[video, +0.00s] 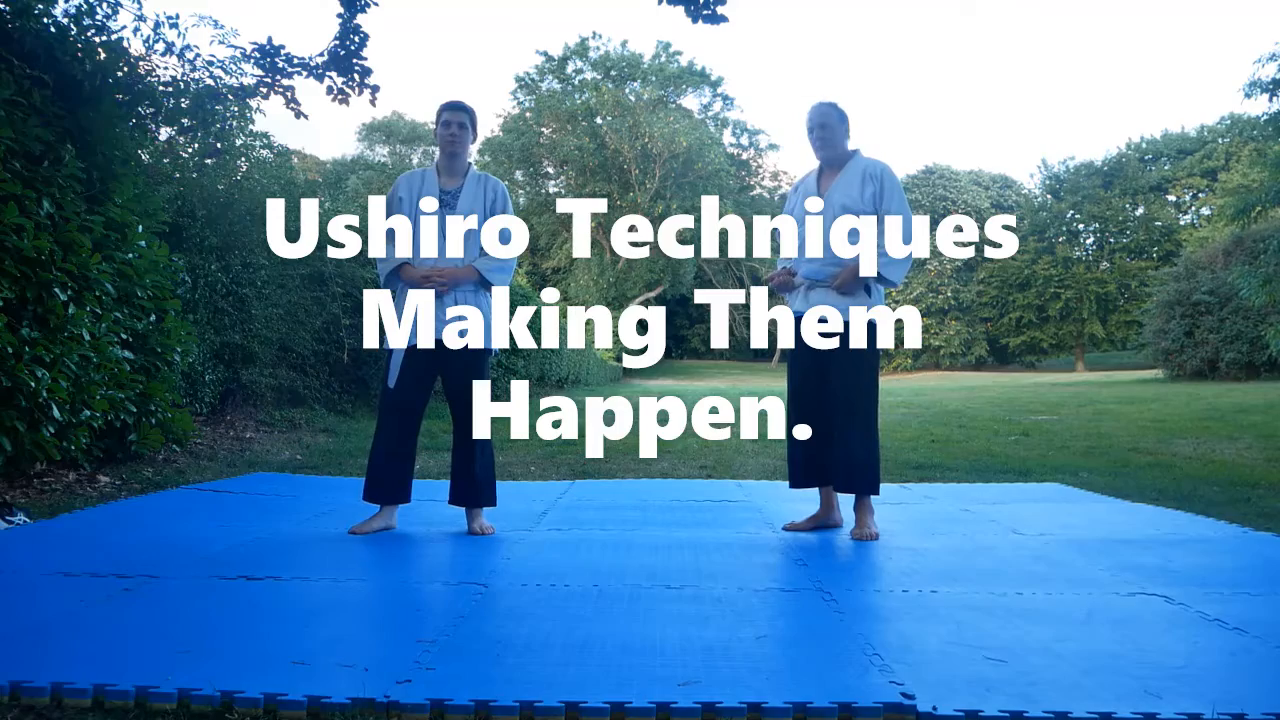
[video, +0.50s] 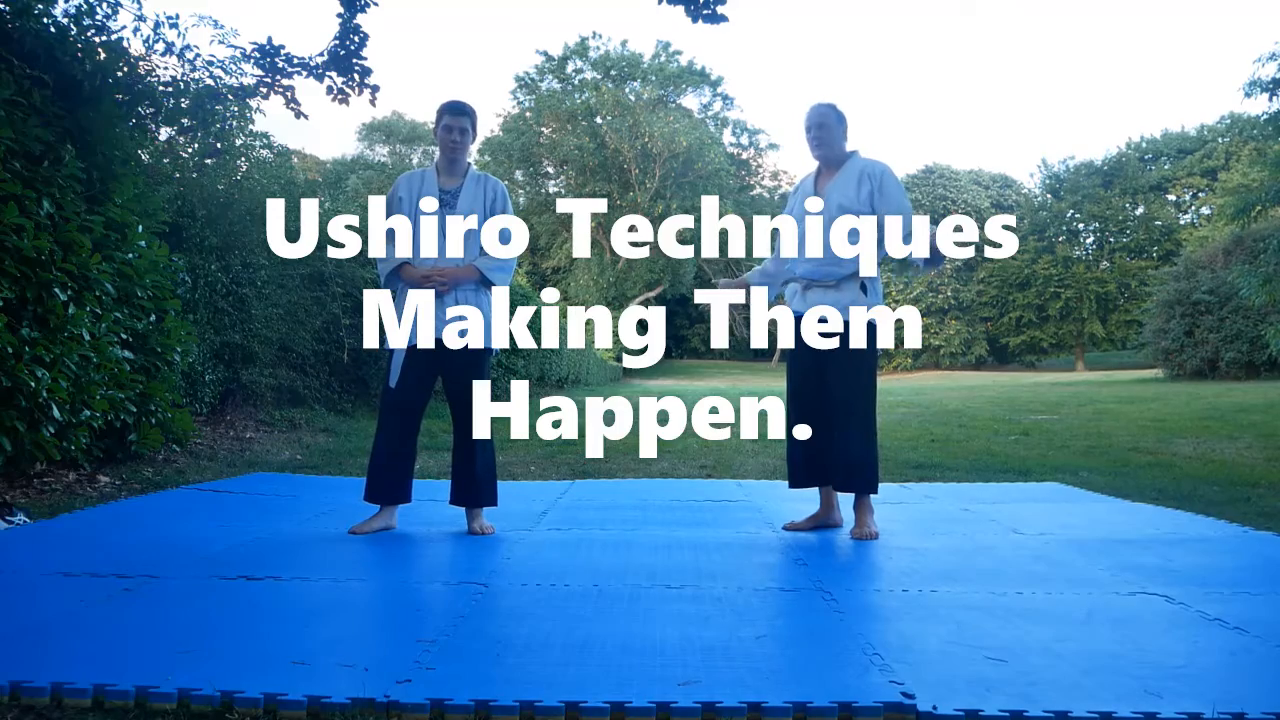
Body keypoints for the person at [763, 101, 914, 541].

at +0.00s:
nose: (818, 136)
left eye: (825, 128)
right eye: (812, 130)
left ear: (846, 131)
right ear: (806, 137)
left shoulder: (875, 174)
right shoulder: (799, 189)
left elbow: (898, 237)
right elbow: (789, 249)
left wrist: (857, 268)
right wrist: (782, 277)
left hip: (856, 311)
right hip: (807, 310)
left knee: (856, 408)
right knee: (812, 408)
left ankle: (864, 510)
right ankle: (828, 507)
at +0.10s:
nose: (817, 136)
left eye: (825, 128)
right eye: (812, 131)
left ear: (846, 131)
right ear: (806, 137)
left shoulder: (875, 175)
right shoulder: (800, 190)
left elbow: (899, 240)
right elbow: (786, 251)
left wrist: (875, 289)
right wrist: (777, 291)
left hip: (854, 307)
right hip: (804, 308)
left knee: (855, 408)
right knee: (811, 408)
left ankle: (863, 510)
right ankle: (827, 508)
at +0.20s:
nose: (819, 136)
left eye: (826, 128)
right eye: (812, 131)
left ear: (847, 130)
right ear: (807, 138)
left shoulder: (875, 175)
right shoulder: (801, 190)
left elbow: (899, 231)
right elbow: (781, 251)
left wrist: (903, 276)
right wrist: (772, 297)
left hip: (857, 308)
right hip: (807, 309)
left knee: (855, 407)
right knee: (812, 408)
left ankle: (864, 511)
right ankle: (827, 507)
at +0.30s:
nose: (816, 137)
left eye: (824, 128)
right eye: (811, 131)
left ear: (846, 130)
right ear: (806, 137)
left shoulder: (874, 175)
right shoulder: (801, 189)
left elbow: (897, 237)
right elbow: (780, 251)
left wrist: (921, 268)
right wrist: (752, 296)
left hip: (855, 309)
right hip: (806, 309)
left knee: (855, 408)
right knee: (811, 408)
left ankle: (863, 509)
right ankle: (827, 507)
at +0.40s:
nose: (816, 137)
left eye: (824, 129)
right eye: (810, 131)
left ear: (846, 130)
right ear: (806, 137)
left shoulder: (873, 175)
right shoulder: (801, 191)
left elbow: (902, 232)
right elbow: (782, 254)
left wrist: (923, 258)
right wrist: (753, 289)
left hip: (855, 309)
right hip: (806, 310)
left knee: (855, 408)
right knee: (812, 408)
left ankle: (863, 509)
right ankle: (828, 507)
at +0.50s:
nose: (814, 136)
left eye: (822, 128)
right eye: (809, 130)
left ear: (844, 131)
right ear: (805, 137)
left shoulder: (873, 174)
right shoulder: (800, 190)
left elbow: (905, 238)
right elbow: (783, 257)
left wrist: (928, 252)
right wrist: (745, 283)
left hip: (854, 309)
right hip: (806, 311)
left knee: (854, 408)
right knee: (812, 408)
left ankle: (864, 509)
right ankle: (827, 507)